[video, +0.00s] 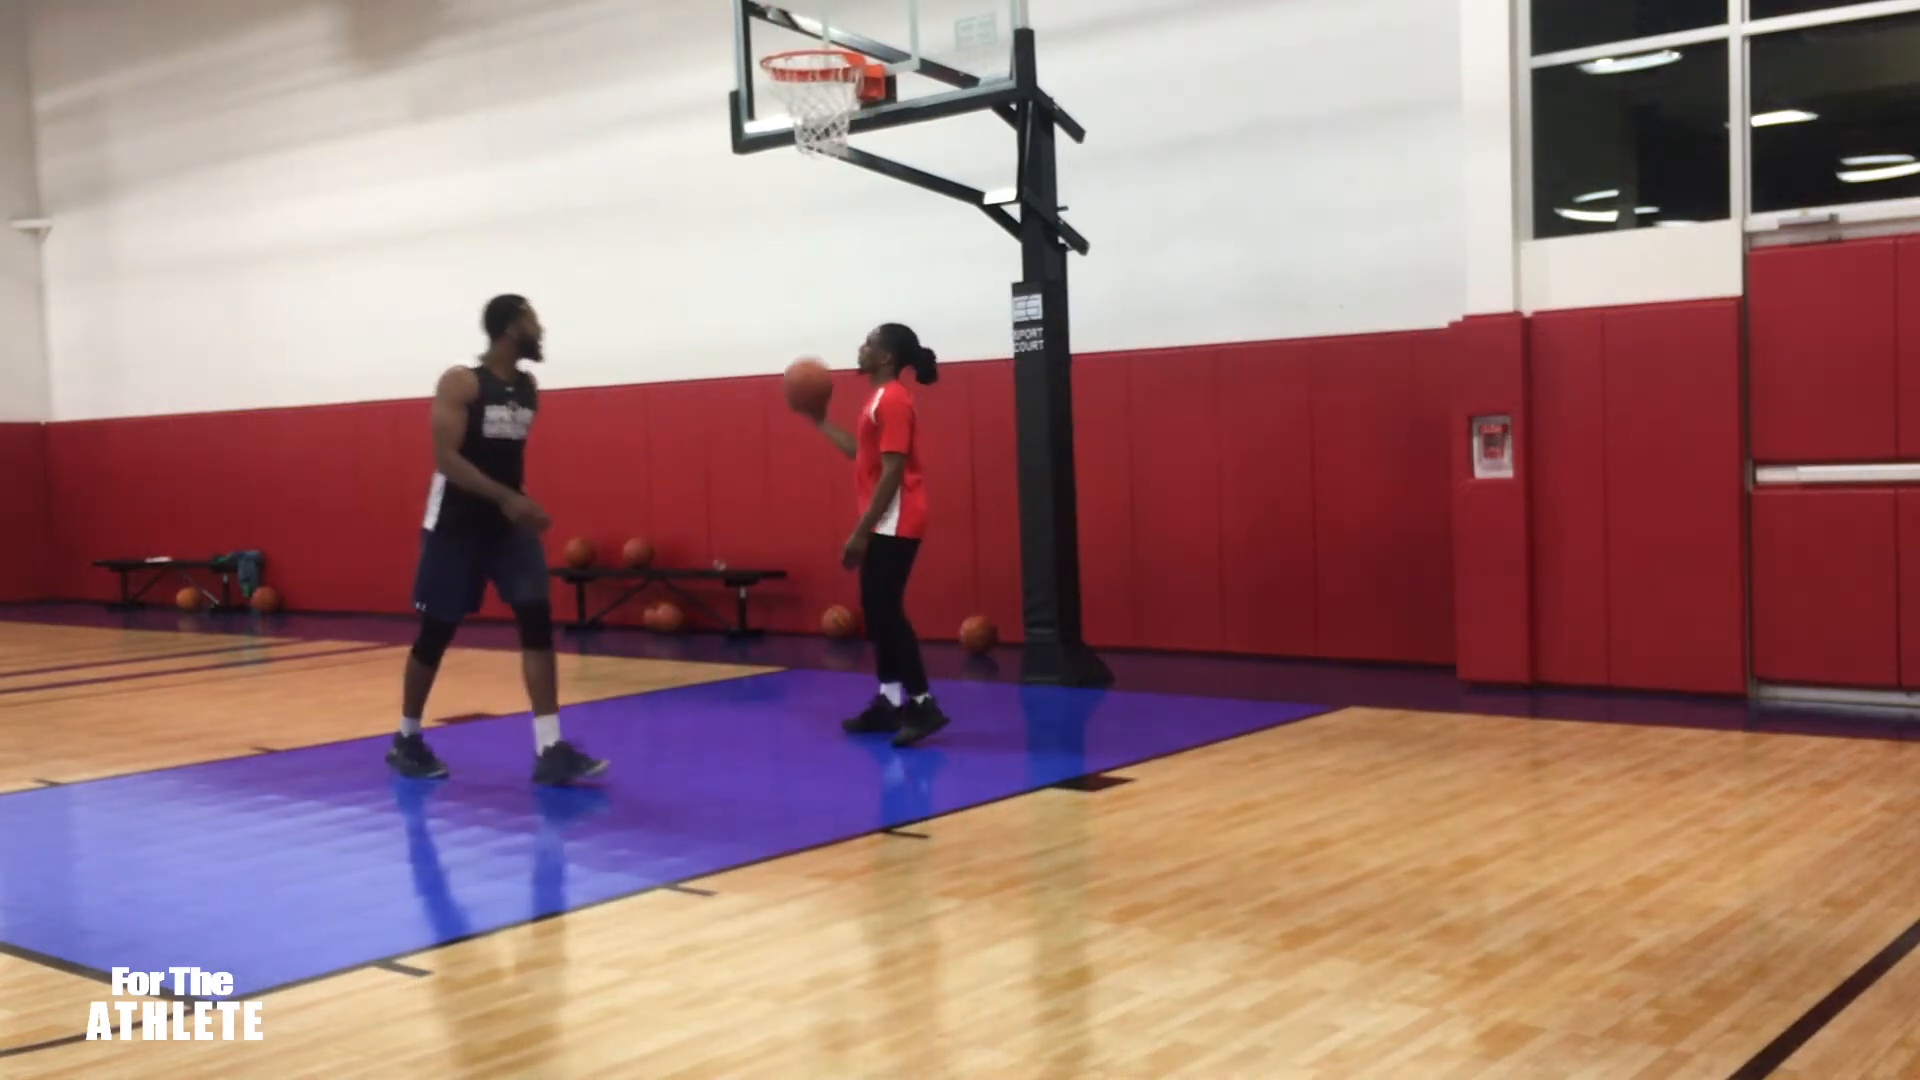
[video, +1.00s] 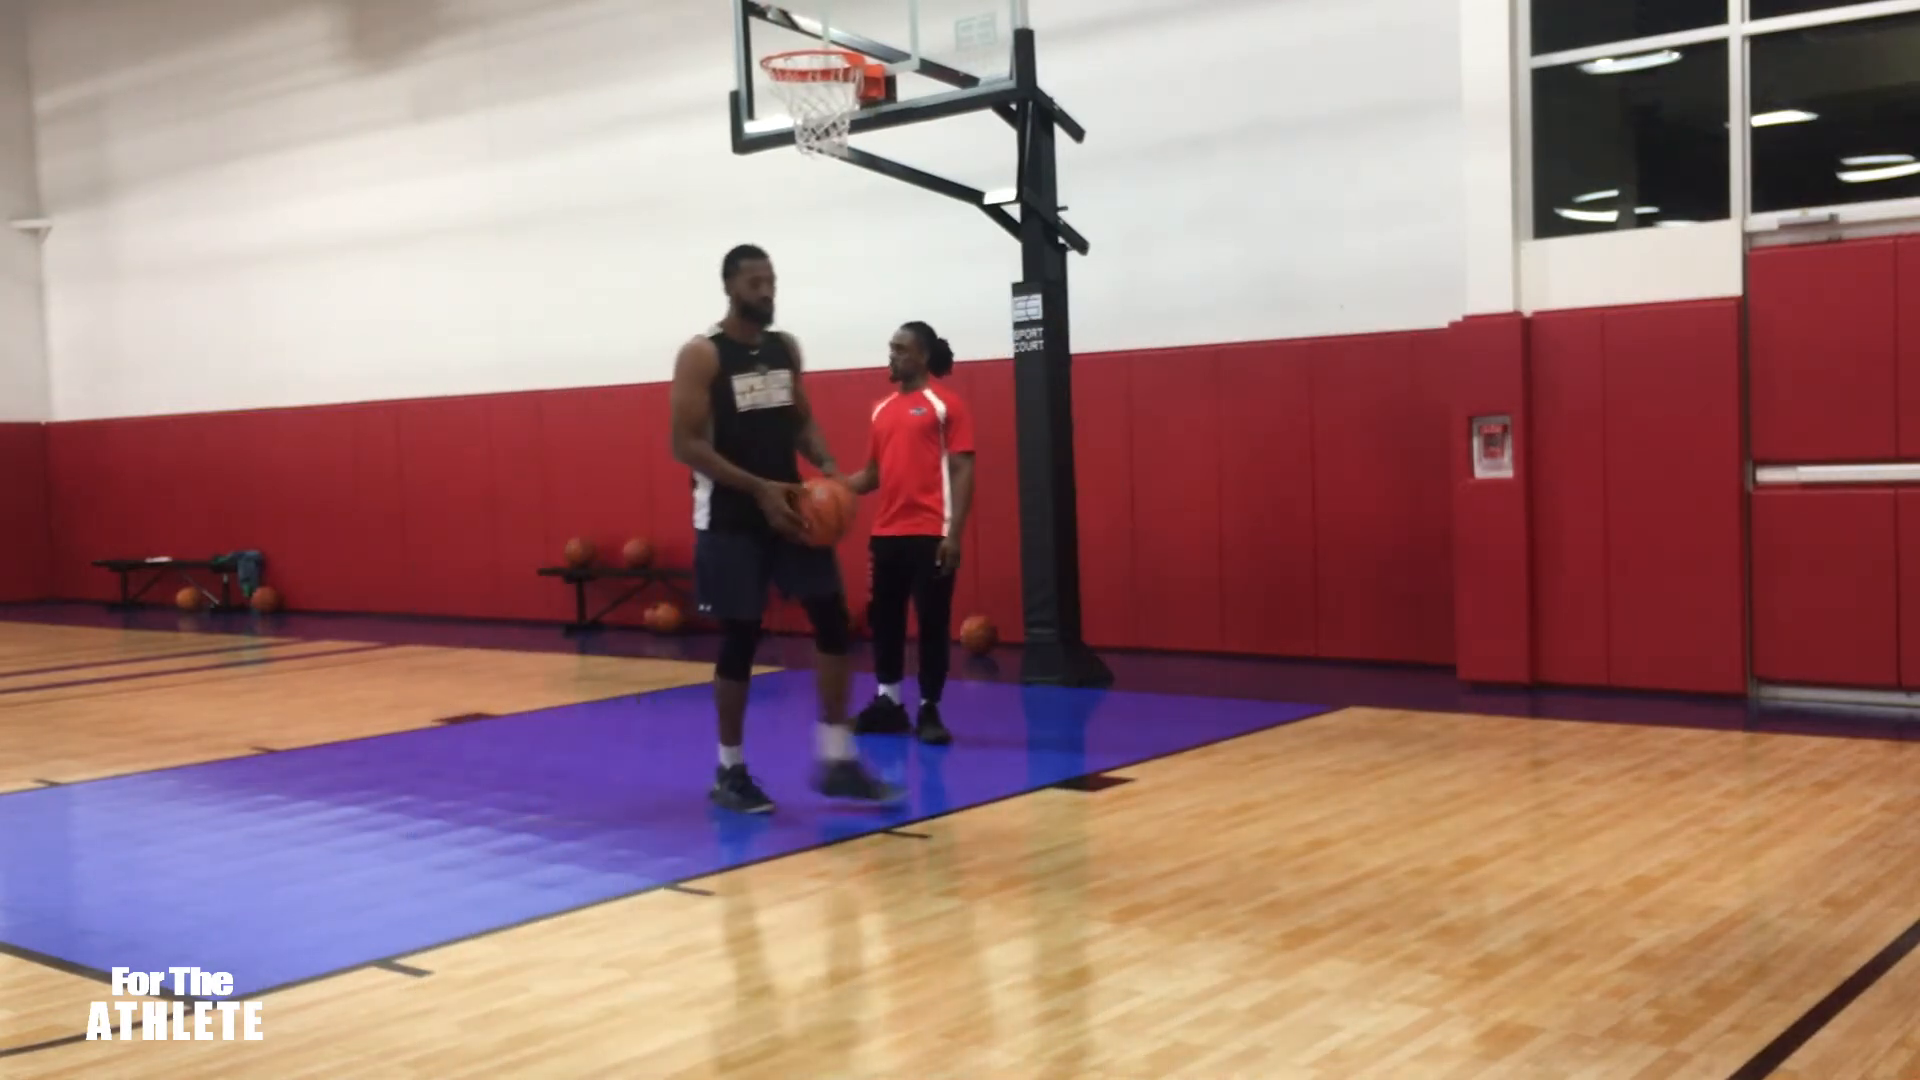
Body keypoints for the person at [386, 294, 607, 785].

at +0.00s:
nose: (541, 329)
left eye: (537, 321)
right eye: (532, 321)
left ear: (515, 331)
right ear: (509, 330)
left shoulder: (527, 391)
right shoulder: (460, 383)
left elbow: (506, 458)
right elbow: (445, 458)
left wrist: (519, 513)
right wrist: (509, 498)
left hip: (509, 527)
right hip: (456, 530)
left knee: (536, 625)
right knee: (436, 631)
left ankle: (550, 749)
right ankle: (407, 739)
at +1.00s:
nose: (766, 290)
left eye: (770, 281)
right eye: (755, 282)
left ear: (775, 285)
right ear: (729, 288)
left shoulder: (784, 348)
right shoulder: (701, 355)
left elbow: (802, 422)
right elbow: (686, 444)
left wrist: (834, 472)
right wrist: (757, 486)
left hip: (792, 516)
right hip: (731, 523)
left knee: (833, 624)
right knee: (739, 638)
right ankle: (730, 771)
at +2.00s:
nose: (927, 239)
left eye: (939, 229)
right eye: (917, 233)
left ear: (966, 245)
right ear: (908, 254)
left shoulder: (1014, 322)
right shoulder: (892, 341)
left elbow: (1051, 423)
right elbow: (894, 436)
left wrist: (1080, 521)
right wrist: (885, 499)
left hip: (1015, 527)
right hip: (936, 538)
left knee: (1037, 667)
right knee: (959, 681)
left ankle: (1027, 781)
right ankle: (993, 824)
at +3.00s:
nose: (1010, 262)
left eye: (1017, 244)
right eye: (1011, 247)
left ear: (1054, 243)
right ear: (1051, 249)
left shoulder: (1129, 310)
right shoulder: (1028, 350)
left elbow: (1185, 404)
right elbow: (1005, 473)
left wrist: (1091, 324)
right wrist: (896, 445)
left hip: (1084, 561)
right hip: (1002, 563)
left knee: (1076, 740)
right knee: (930, 725)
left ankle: (1192, 947)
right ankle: (958, 906)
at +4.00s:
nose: (1025, 371)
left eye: (1037, 359)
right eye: (1021, 358)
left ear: (1084, 360)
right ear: (1024, 360)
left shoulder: (1156, 425)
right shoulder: (1017, 425)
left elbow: (1210, 543)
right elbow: (995, 529)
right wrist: (971, 630)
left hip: (1151, 590)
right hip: (1056, 592)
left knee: (1258, 711)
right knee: (1007, 720)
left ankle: (1283, 833)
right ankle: (956, 901)